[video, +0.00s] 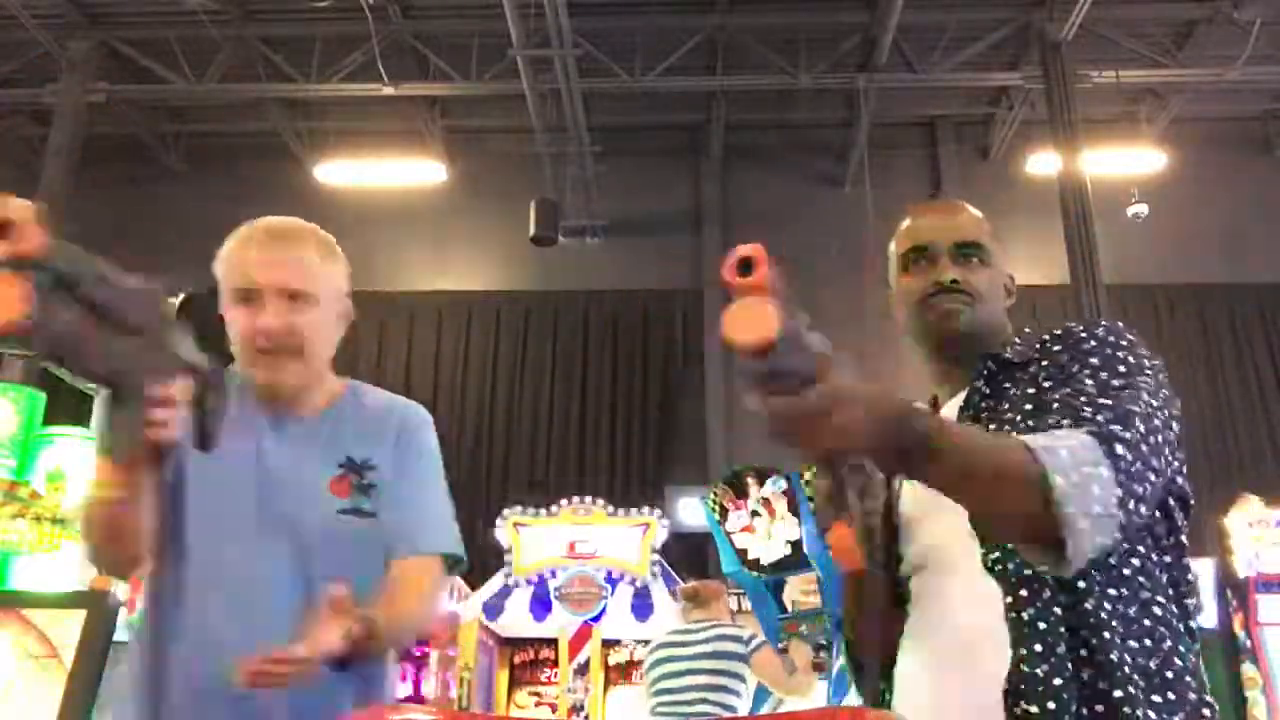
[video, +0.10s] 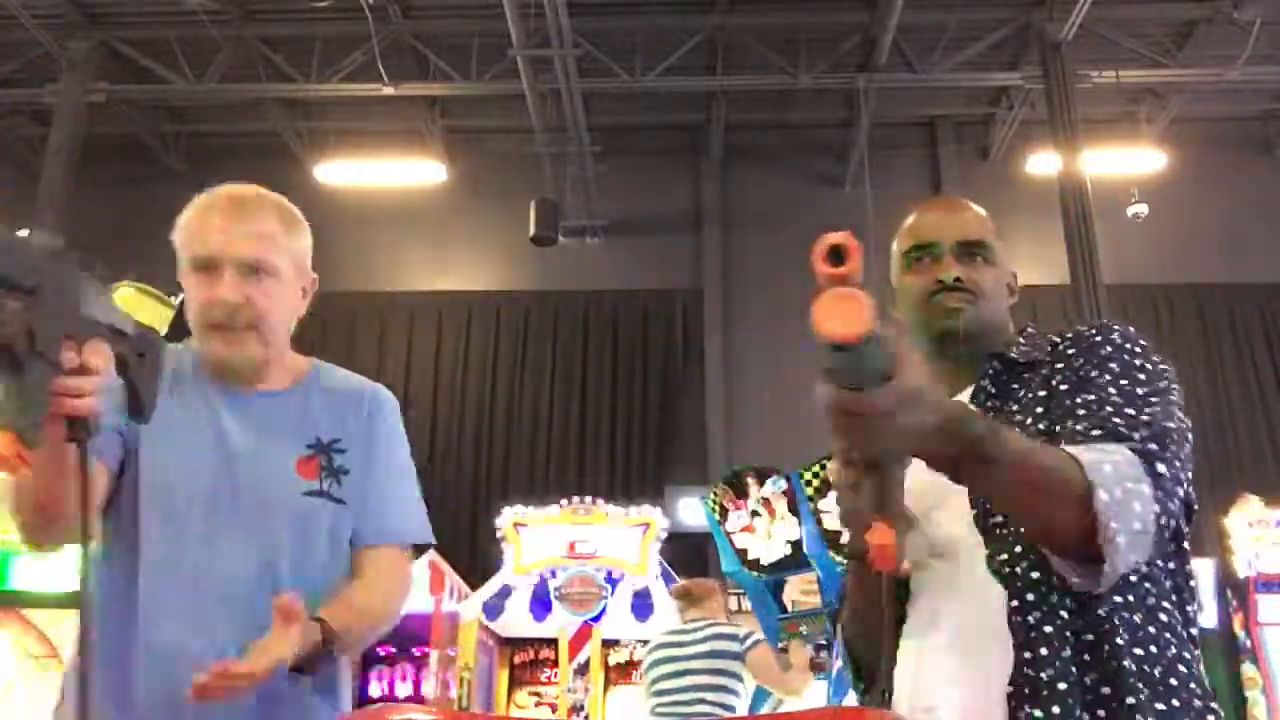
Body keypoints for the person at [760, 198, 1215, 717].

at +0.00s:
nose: (944, 270)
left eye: (969, 254)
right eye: (917, 260)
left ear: (1008, 286)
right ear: (894, 303)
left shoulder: (1096, 352)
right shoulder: (902, 445)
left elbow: (1082, 508)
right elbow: (879, 665)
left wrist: (902, 435)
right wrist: (865, 547)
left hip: (1111, 699)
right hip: (951, 704)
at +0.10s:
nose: (948, 271)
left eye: (973, 254)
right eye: (921, 258)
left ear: (1009, 284)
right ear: (895, 297)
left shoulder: (1102, 356)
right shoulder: (889, 418)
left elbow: (1125, 522)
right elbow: (873, 668)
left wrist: (947, 435)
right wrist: (871, 531)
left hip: (1115, 702)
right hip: (943, 706)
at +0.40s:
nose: (967, 264)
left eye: (991, 247)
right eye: (940, 250)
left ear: (1026, 276)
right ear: (908, 283)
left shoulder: (1115, 352)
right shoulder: (913, 433)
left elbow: (1132, 539)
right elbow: (884, 672)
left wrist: (948, 476)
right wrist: (872, 524)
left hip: (1110, 703)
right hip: (951, 710)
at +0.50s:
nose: (943, 261)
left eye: (968, 245)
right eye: (916, 250)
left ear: (1012, 273)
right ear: (891, 288)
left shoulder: (1112, 350)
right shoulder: (895, 440)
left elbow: (1213, 548)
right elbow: (882, 660)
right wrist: (877, 539)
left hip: (1116, 701)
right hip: (939, 704)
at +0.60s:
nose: (947, 267)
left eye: (972, 249)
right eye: (919, 253)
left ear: (1006, 270)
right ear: (891, 295)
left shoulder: (1118, 352)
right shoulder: (891, 455)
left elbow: (1263, 543)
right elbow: (870, 651)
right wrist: (903, 531)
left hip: (1160, 702)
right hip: (967, 706)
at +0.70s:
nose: (949, 269)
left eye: (973, 254)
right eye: (919, 257)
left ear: (1006, 287)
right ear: (888, 299)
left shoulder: (1147, 408)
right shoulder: (865, 479)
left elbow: (1254, 560)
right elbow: (858, 658)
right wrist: (922, 533)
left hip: (1140, 704)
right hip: (954, 708)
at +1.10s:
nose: (947, 267)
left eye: (973, 251)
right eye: (920, 255)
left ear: (1009, 279)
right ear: (894, 294)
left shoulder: (1123, 387)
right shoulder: (888, 459)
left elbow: (1251, 522)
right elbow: (870, 662)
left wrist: (1224, 570)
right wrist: (903, 542)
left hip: (1137, 704)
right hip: (960, 707)